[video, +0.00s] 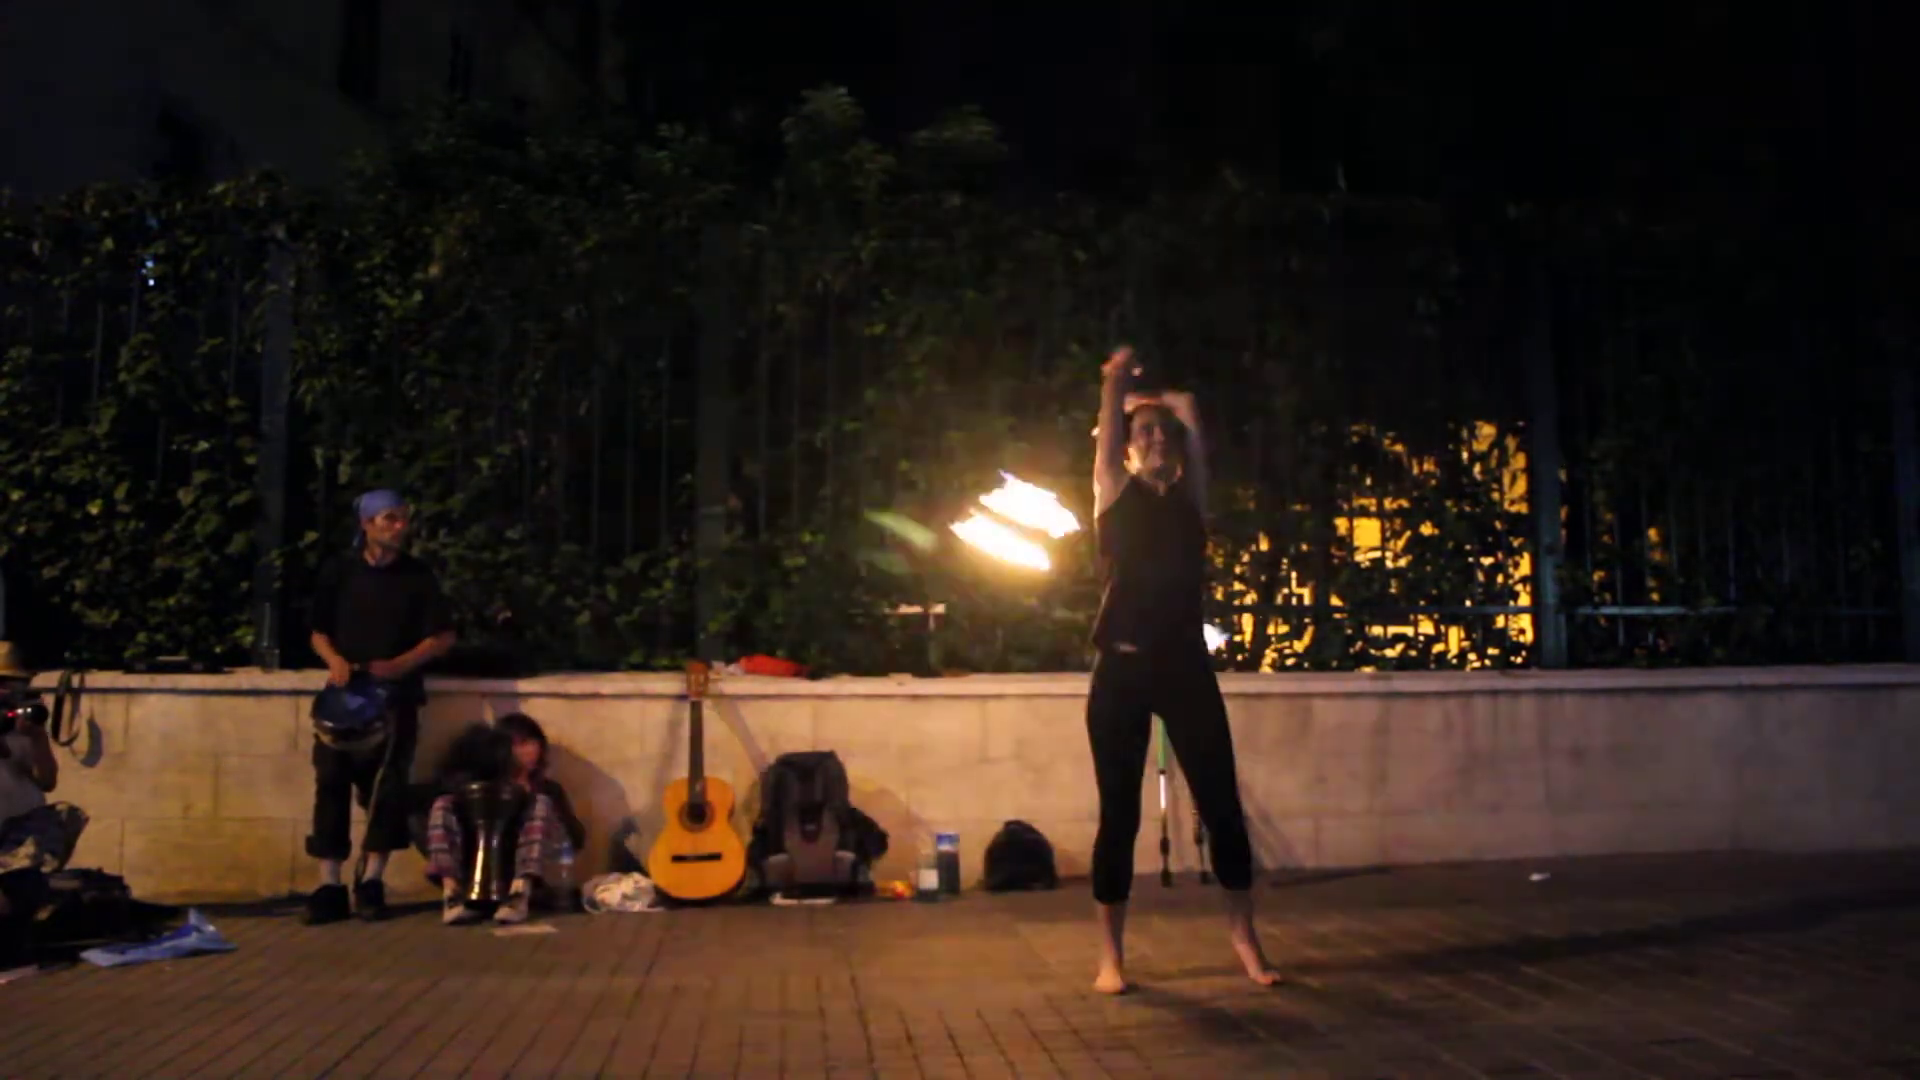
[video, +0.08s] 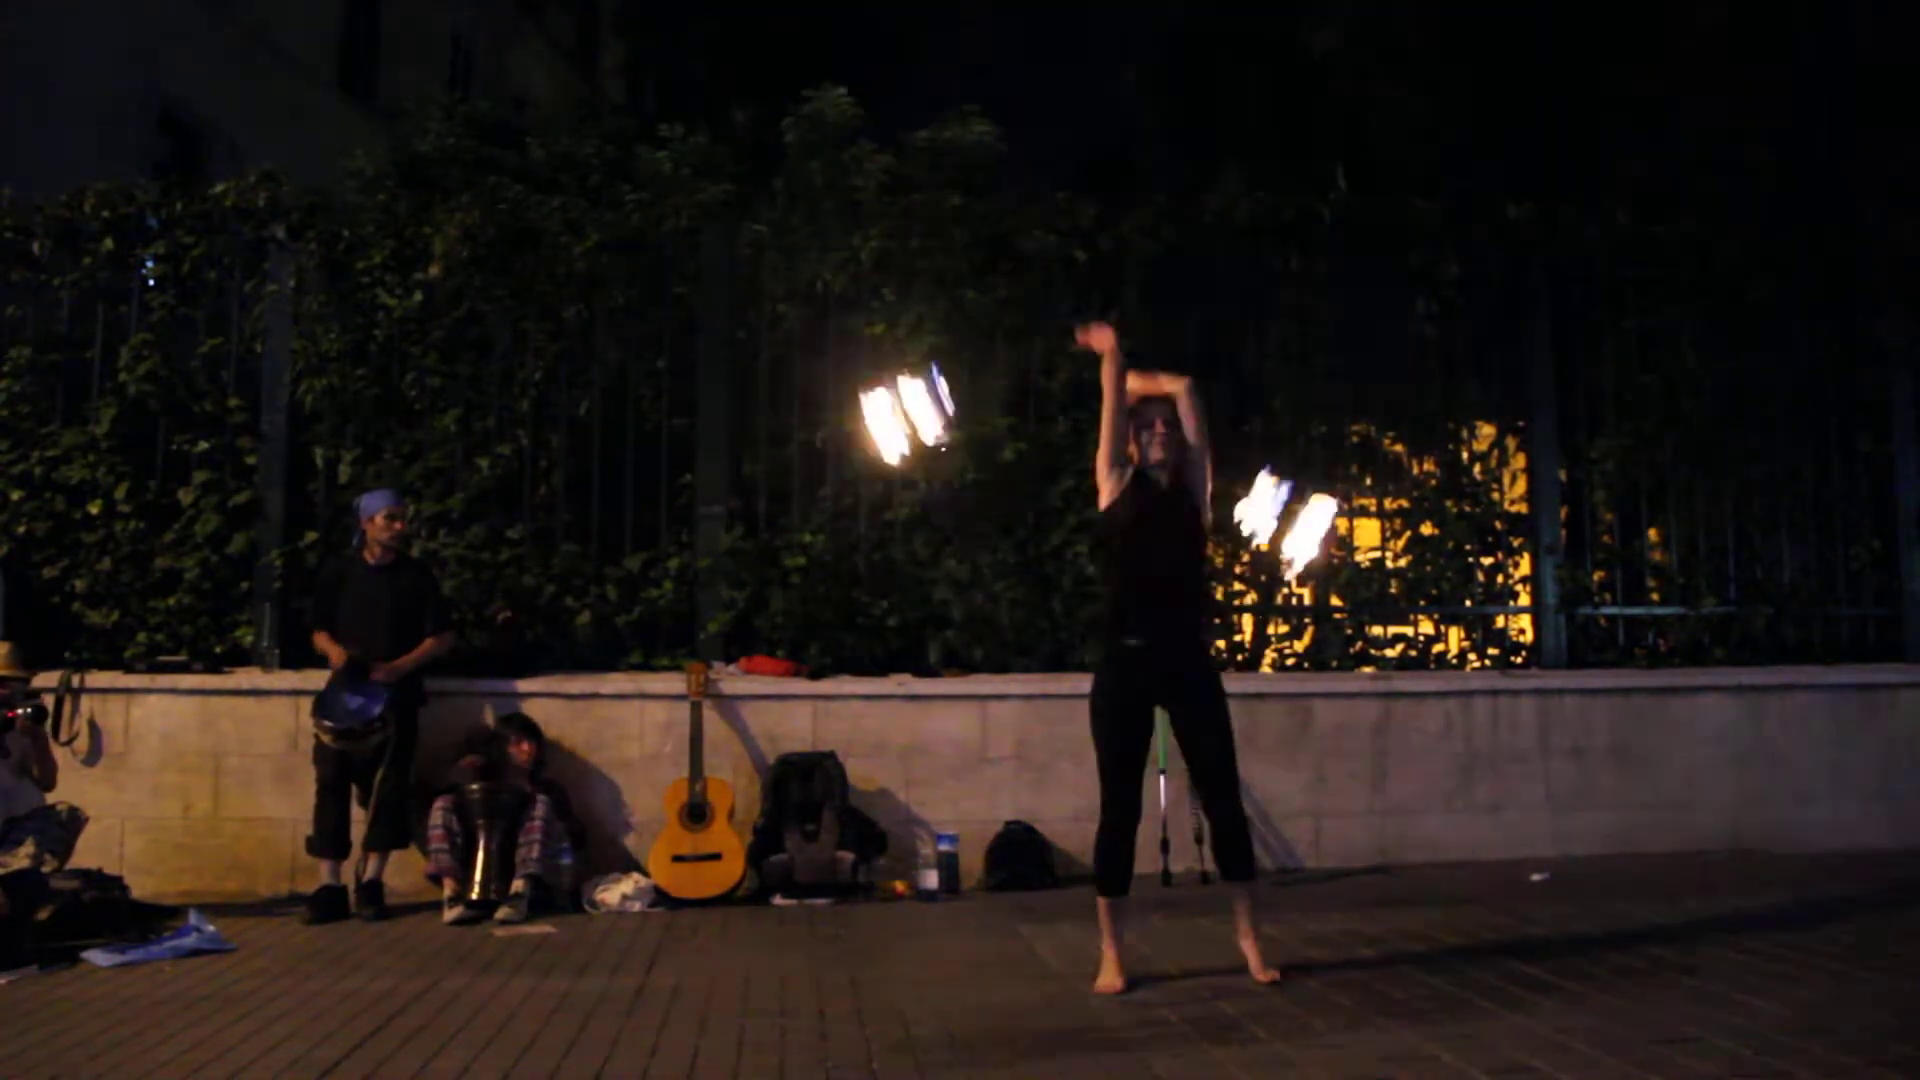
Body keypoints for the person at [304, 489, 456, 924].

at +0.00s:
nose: (401, 527)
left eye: (403, 520)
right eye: (391, 520)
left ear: (406, 525)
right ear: (367, 525)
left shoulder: (418, 575)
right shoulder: (340, 572)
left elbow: (442, 637)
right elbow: (316, 630)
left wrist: (395, 666)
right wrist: (334, 660)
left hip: (395, 696)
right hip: (344, 692)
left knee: (388, 786)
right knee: (331, 784)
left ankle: (371, 880)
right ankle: (330, 882)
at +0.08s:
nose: (400, 527)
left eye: (402, 520)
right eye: (391, 520)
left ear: (403, 525)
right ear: (367, 524)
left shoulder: (418, 575)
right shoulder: (340, 572)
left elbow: (441, 637)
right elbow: (317, 630)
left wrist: (398, 667)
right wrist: (335, 652)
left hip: (397, 694)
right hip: (345, 690)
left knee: (390, 784)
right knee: (331, 782)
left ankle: (371, 881)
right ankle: (330, 882)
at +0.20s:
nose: (400, 525)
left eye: (403, 518)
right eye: (391, 518)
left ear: (405, 524)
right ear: (366, 523)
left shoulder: (417, 574)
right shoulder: (340, 571)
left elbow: (441, 637)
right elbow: (315, 627)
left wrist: (397, 667)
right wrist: (336, 652)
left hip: (396, 694)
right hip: (345, 691)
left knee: (389, 786)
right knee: (332, 784)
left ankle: (371, 881)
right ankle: (331, 883)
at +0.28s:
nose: (400, 526)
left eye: (403, 519)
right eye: (391, 519)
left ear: (405, 525)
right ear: (367, 524)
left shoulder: (417, 574)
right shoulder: (339, 571)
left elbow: (440, 637)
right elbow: (313, 628)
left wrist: (397, 664)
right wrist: (337, 659)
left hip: (396, 694)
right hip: (344, 690)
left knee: (390, 785)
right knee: (331, 783)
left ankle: (371, 881)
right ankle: (331, 883)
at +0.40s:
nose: (401, 525)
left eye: (403, 518)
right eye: (392, 518)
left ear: (404, 525)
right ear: (367, 523)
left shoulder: (417, 574)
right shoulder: (340, 572)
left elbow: (441, 637)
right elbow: (318, 631)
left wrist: (398, 666)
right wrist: (333, 647)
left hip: (396, 693)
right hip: (345, 689)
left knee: (390, 783)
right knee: (331, 781)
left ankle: (371, 881)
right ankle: (330, 883)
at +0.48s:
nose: (401, 525)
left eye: (404, 518)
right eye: (391, 518)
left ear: (405, 524)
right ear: (367, 523)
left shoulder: (417, 574)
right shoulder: (338, 571)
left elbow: (440, 637)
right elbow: (316, 631)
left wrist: (395, 667)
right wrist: (335, 667)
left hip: (395, 696)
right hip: (343, 693)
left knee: (388, 786)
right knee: (331, 786)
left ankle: (371, 881)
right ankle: (331, 883)